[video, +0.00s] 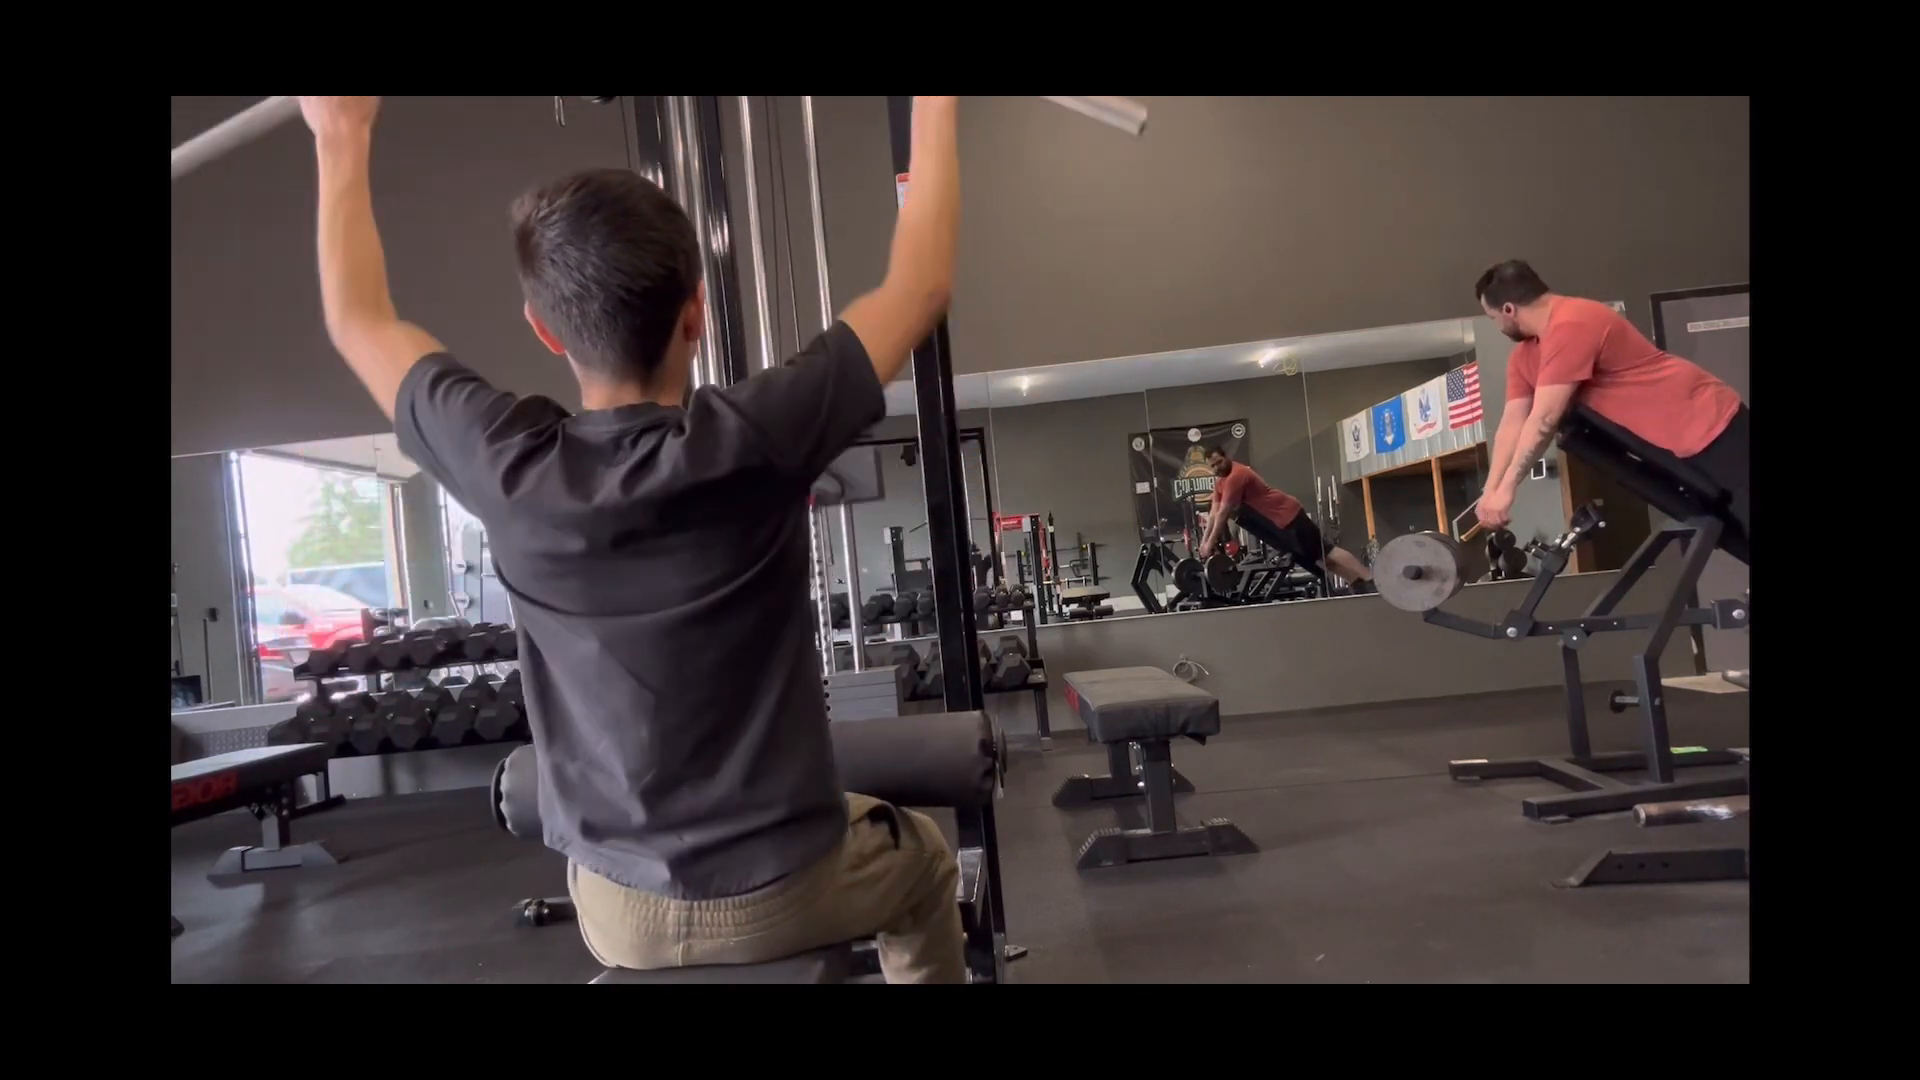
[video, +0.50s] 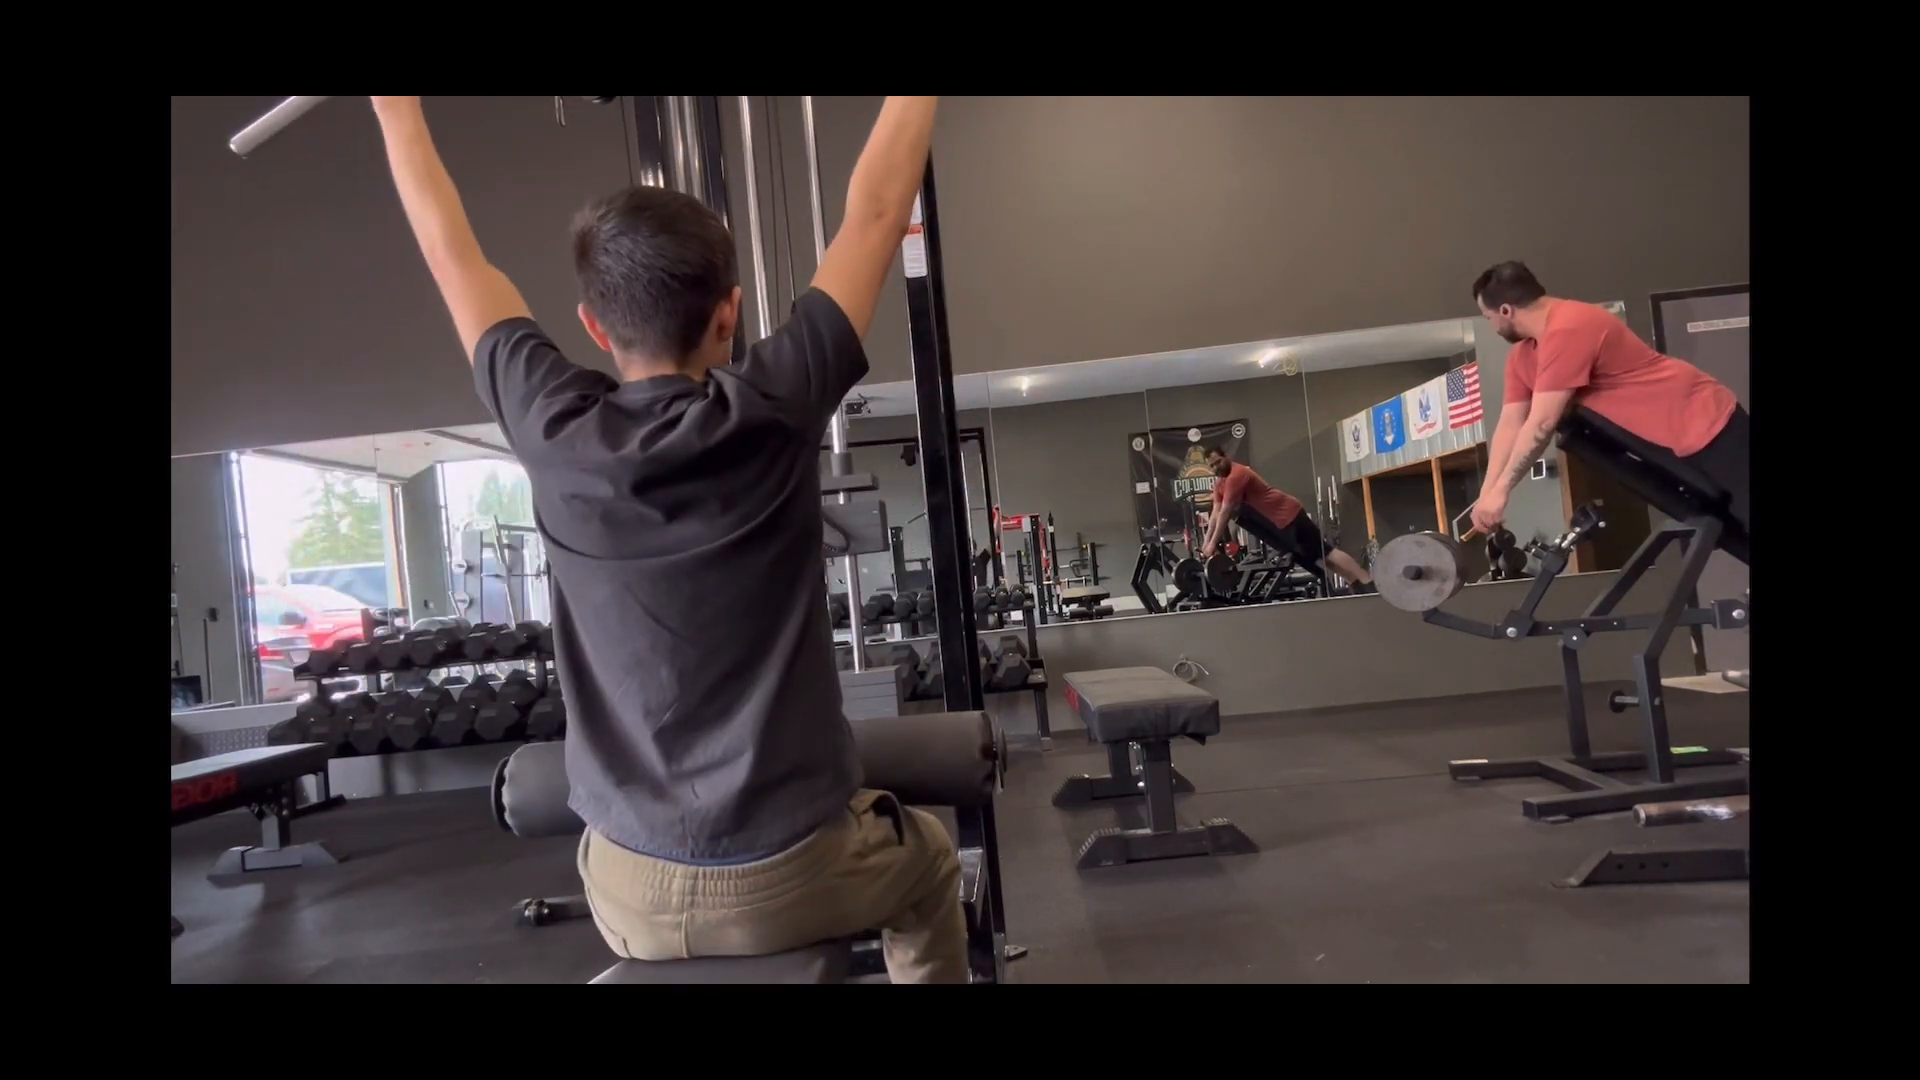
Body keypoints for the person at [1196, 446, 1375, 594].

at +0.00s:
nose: (1216, 466)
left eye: (1219, 461)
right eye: (1212, 464)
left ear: (1226, 458)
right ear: (1210, 467)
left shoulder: (1237, 475)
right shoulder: (1220, 482)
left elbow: (1224, 512)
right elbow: (1214, 512)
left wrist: (1211, 540)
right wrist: (1206, 539)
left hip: (1290, 514)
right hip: (1279, 525)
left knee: (1326, 551)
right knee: (1319, 558)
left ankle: (1370, 578)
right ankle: (1356, 583)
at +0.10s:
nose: (1217, 465)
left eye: (1219, 460)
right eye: (1212, 464)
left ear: (1227, 457)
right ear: (1210, 467)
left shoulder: (1238, 474)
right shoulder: (1219, 483)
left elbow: (1224, 512)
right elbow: (1214, 512)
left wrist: (1212, 541)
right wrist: (1206, 540)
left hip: (1289, 514)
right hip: (1278, 525)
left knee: (1325, 551)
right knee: (1318, 558)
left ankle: (1369, 579)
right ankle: (1356, 584)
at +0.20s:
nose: (1217, 465)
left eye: (1219, 460)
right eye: (1212, 464)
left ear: (1226, 457)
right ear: (1210, 467)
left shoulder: (1238, 474)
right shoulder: (1219, 483)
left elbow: (1225, 512)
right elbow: (1214, 512)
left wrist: (1212, 541)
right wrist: (1206, 540)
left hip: (1289, 513)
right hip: (1278, 524)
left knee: (1324, 552)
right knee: (1317, 559)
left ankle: (1367, 580)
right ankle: (1355, 584)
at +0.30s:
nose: (1217, 465)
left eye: (1219, 460)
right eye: (1212, 464)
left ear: (1226, 457)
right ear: (1210, 467)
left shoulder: (1237, 474)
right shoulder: (1219, 483)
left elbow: (1225, 511)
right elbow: (1214, 513)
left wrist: (1212, 542)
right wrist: (1206, 540)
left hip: (1289, 513)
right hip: (1278, 524)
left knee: (1324, 552)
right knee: (1317, 559)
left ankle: (1367, 581)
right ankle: (1355, 584)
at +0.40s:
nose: (1217, 465)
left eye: (1218, 460)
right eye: (1212, 464)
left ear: (1226, 457)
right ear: (1210, 467)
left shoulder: (1238, 474)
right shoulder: (1219, 484)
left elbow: (1226, 511)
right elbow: (1215, 512)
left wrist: (1213, 542)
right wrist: (1207, 540)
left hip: (1290, 514)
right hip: (1279, 525)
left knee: (1325, 552)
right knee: (1319, 559)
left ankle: (1368, 582)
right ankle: (1355, 584)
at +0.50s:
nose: (1217, 465)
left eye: (1219, 460)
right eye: (1212, 464)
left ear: (1226, 457)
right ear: (1210, 468)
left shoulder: (1238, 474)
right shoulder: (1219, 484)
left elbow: (1226, 511)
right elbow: (1216, 512)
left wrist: (1213, 542)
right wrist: (1207, 540)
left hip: (1290, 513)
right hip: (1279, 525)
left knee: (1325, 550)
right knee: (1318, 558)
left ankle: (1368, 582)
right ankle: (1355, 584)